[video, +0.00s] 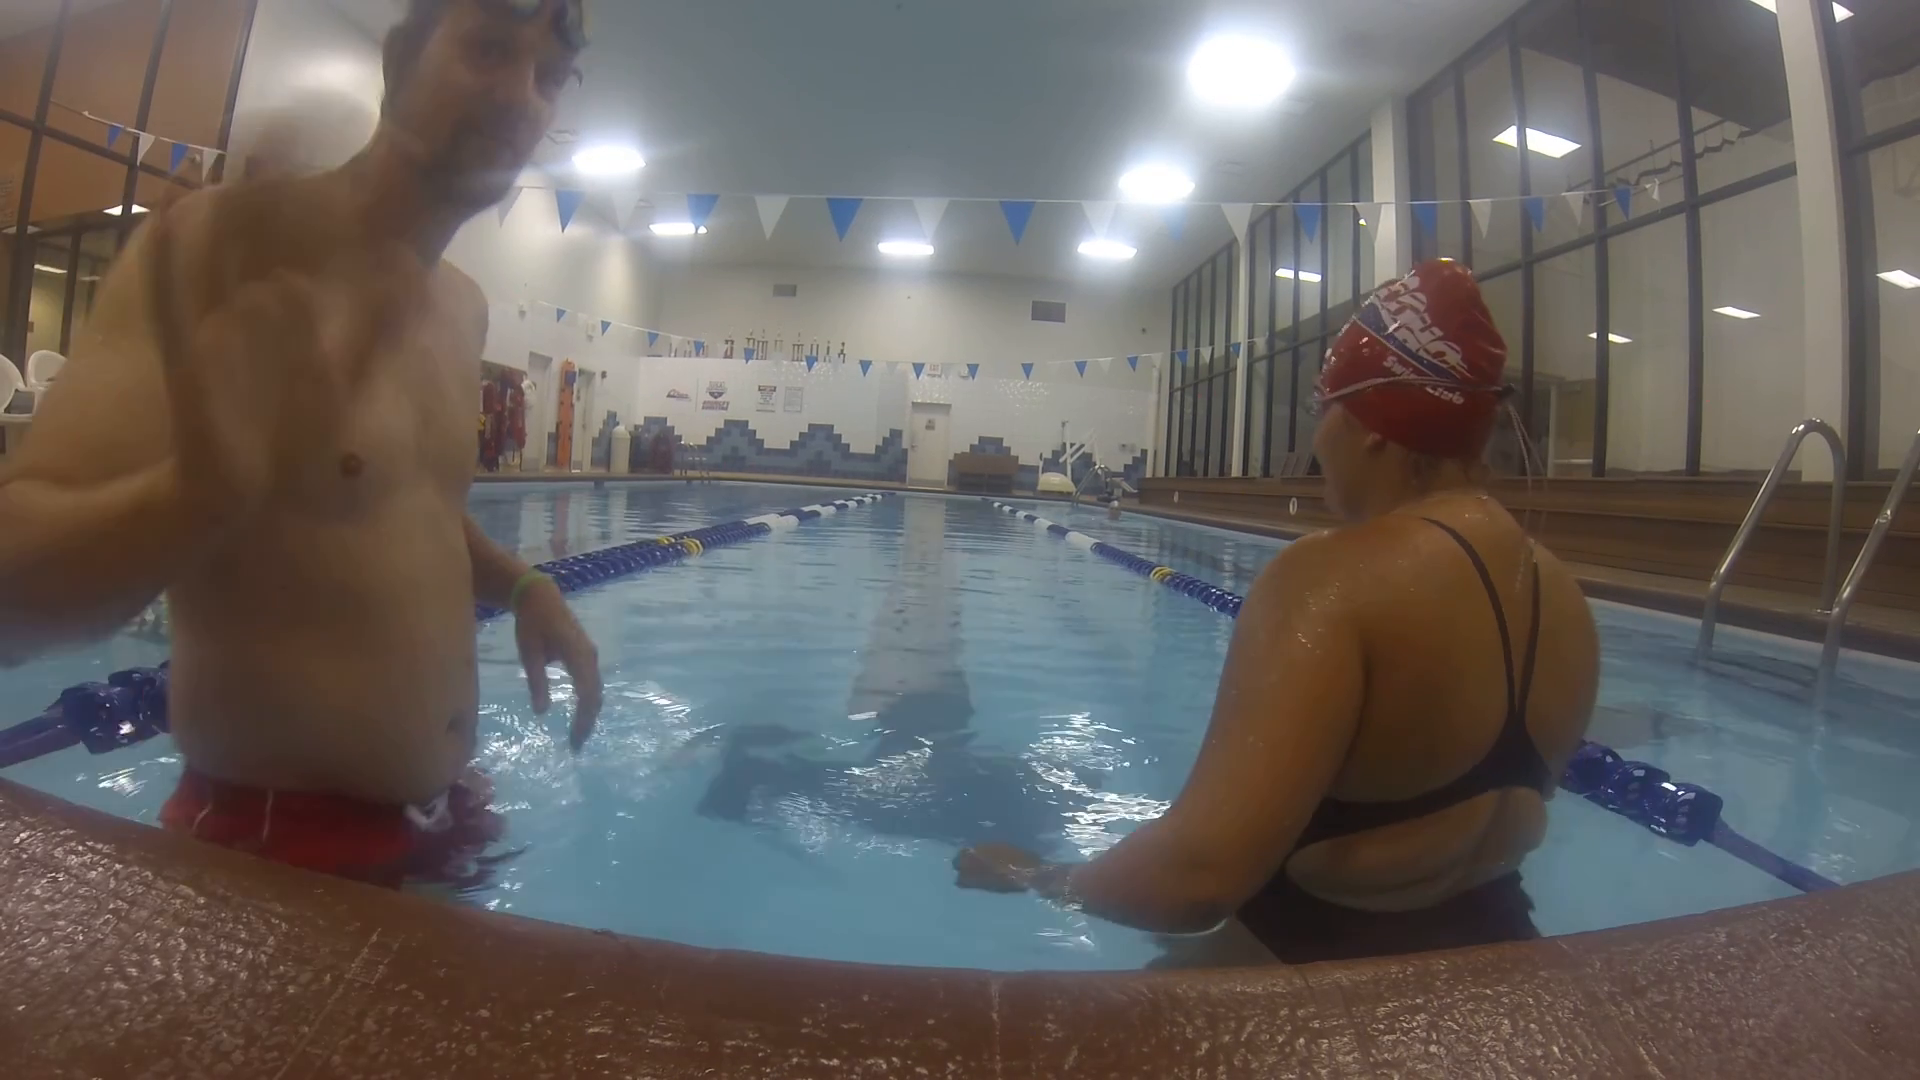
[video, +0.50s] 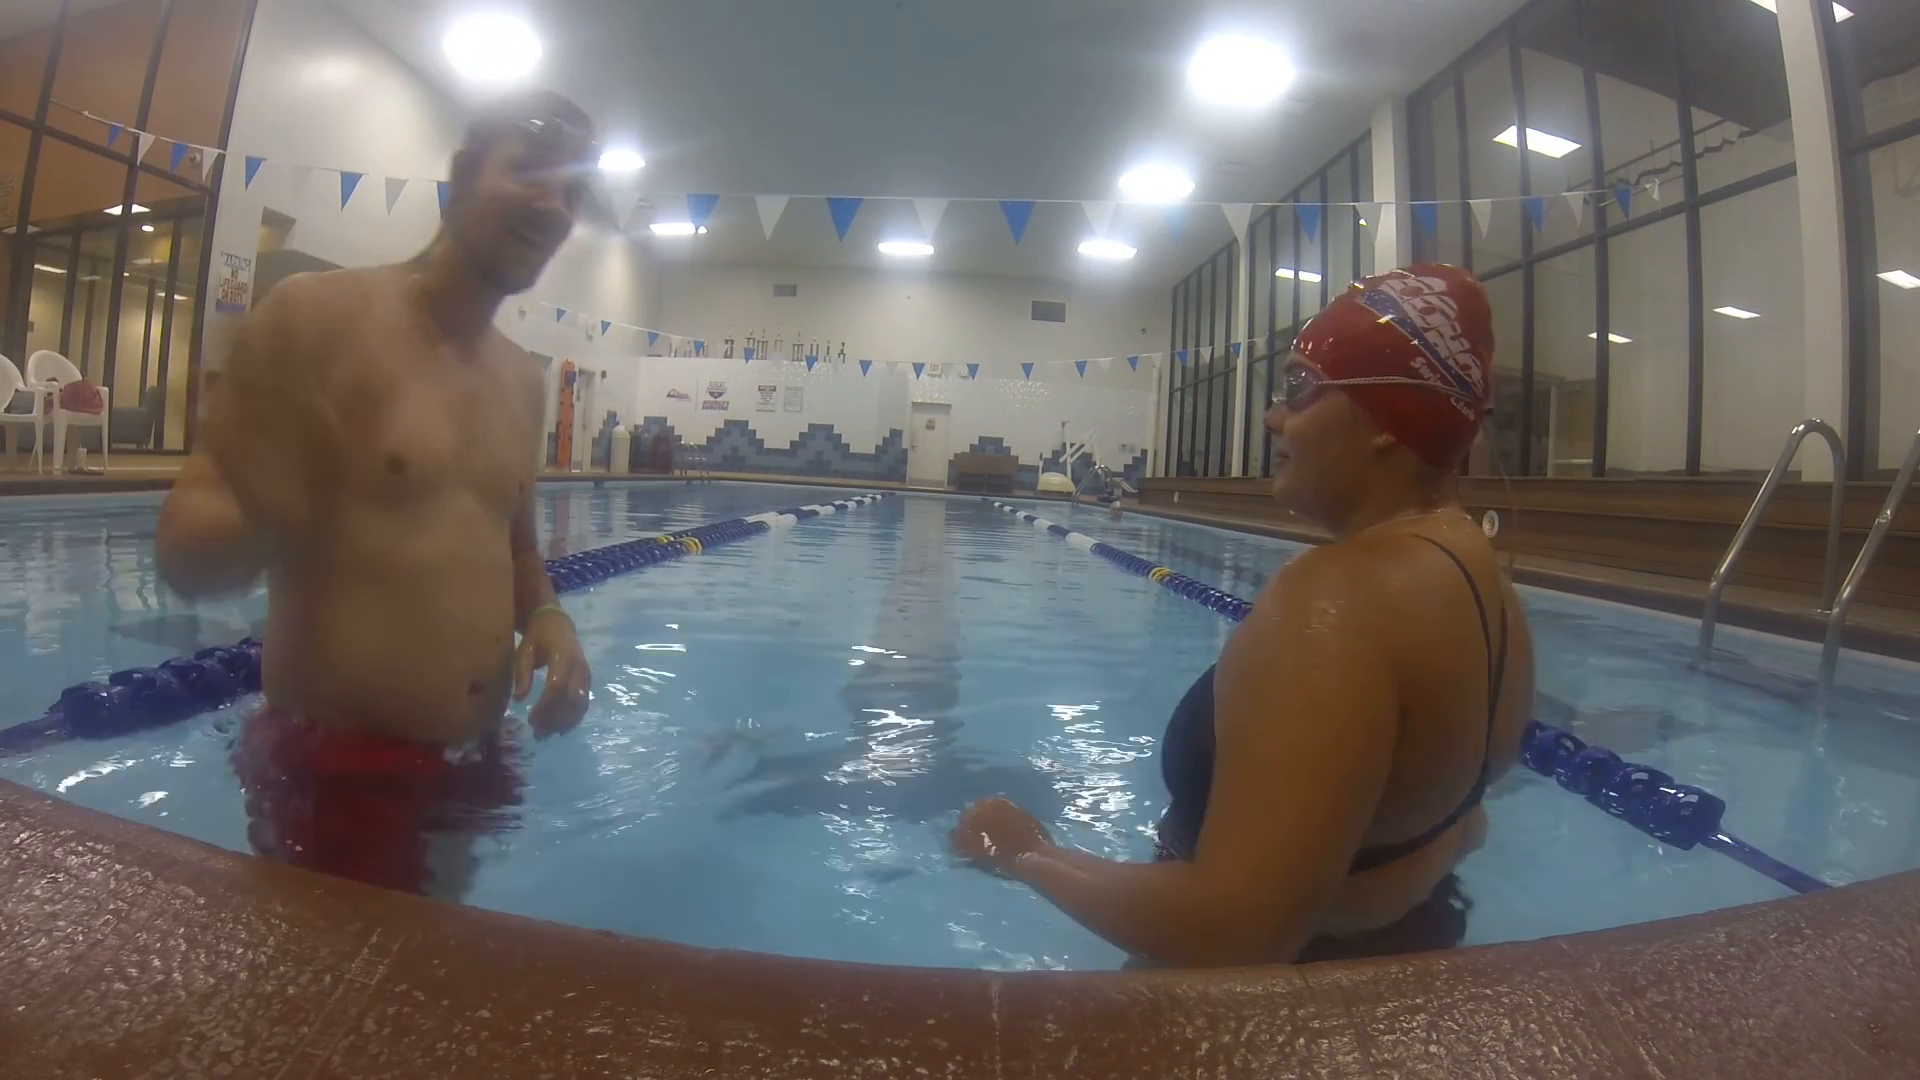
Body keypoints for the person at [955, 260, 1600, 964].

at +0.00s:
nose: (1317, 433)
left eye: (1327, 406)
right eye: (1324, 406)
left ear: (1375, 426)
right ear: (1470, 425)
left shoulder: (1327, 582)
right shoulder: (1557, 591)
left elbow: (1199, 875)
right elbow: (1512, 805)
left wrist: (1040, 879)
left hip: (1308, 981)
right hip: (1493, 964)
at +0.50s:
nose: (1276, 418)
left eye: (1305, 393)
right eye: (1289, 390)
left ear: (1385, 428)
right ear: (1388, 429)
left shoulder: (1333, 602)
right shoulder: (1473, 561)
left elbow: (1238, 925)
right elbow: (1491, 760)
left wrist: (1029, 857)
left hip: (1268, 986)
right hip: (1405, 955)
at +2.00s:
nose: (1337, 464)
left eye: (1364, 444)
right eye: (1308, 439)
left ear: (1389, 468)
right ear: (1266, 461)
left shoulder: (1442, 594)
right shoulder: (1205, 602)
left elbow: (1639, 725)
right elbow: (1163, 725)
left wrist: (1535, 630)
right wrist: (1066, 767)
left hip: (1403, 949)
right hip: (1252, 935)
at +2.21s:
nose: (1350, 464)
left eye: (1380, 442)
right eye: (1321, 439)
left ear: (1405, 465)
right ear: (1283, 457)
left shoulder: (1450, 595)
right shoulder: (1225, 600)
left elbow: (1652, 734)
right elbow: (1195, 723)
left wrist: (1523, 627)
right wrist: (1077, 759)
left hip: (1430, 946)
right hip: (1271, 944)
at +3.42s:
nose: (1302, 434)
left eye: (1308, 414)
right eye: (1311, 413)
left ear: (1320, 428)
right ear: (1434, 440)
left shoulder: (1293, 547)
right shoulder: (1506, 565)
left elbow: (1213, 761)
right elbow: (1535, 761)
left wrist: (1121, 832)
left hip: (1336, 948)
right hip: (1501, 938)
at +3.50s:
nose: (1294, 424)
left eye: (1301, 407)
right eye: (1303, 404)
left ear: (1311, 424)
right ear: (1424, 433)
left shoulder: (1278, 537)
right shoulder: (1496, 551)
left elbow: (1184, 741)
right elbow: (1534, 758)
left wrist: (1124, 833)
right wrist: (1444, 815)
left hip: (1333, 933)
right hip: (1503, 916)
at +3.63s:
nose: (1283, 415)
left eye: (1288, 398)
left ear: (1300, 411)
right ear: (1406, 416)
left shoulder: (1247, 516)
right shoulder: (1483, 531)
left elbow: (1151, 711)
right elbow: (1521, 759)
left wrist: (1131, 819)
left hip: (1299, 911)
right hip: (1475, 904)